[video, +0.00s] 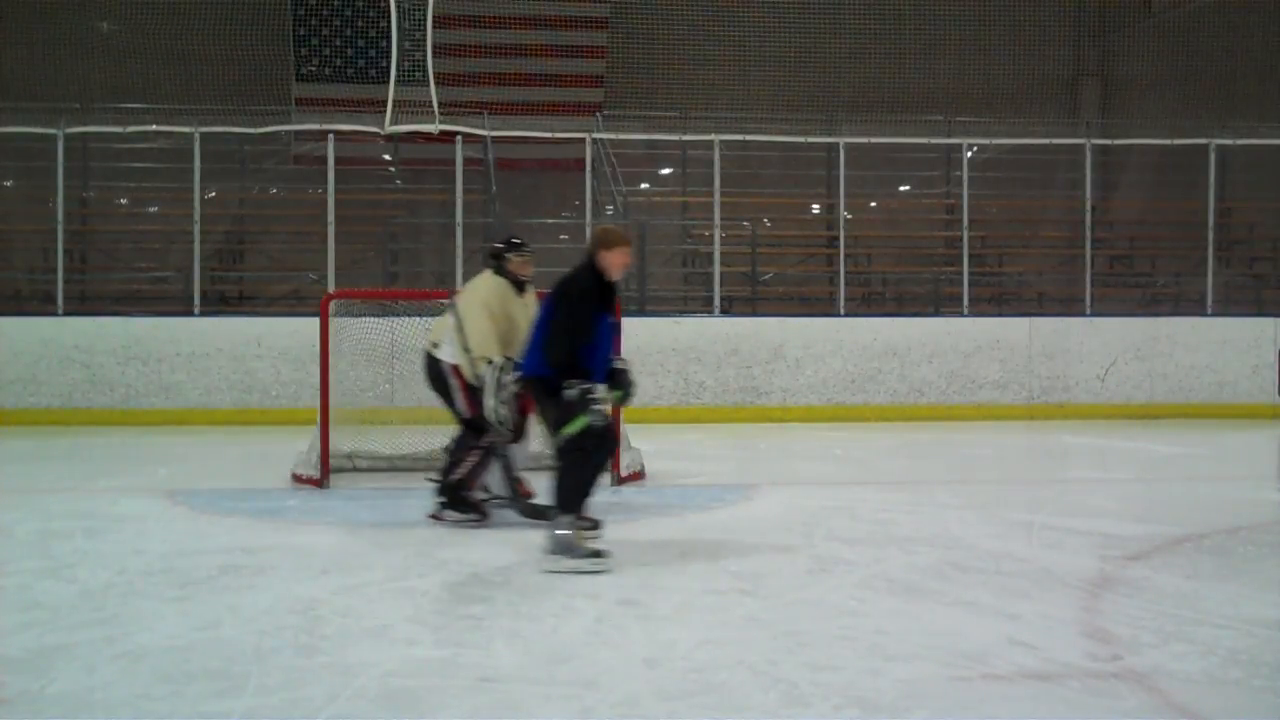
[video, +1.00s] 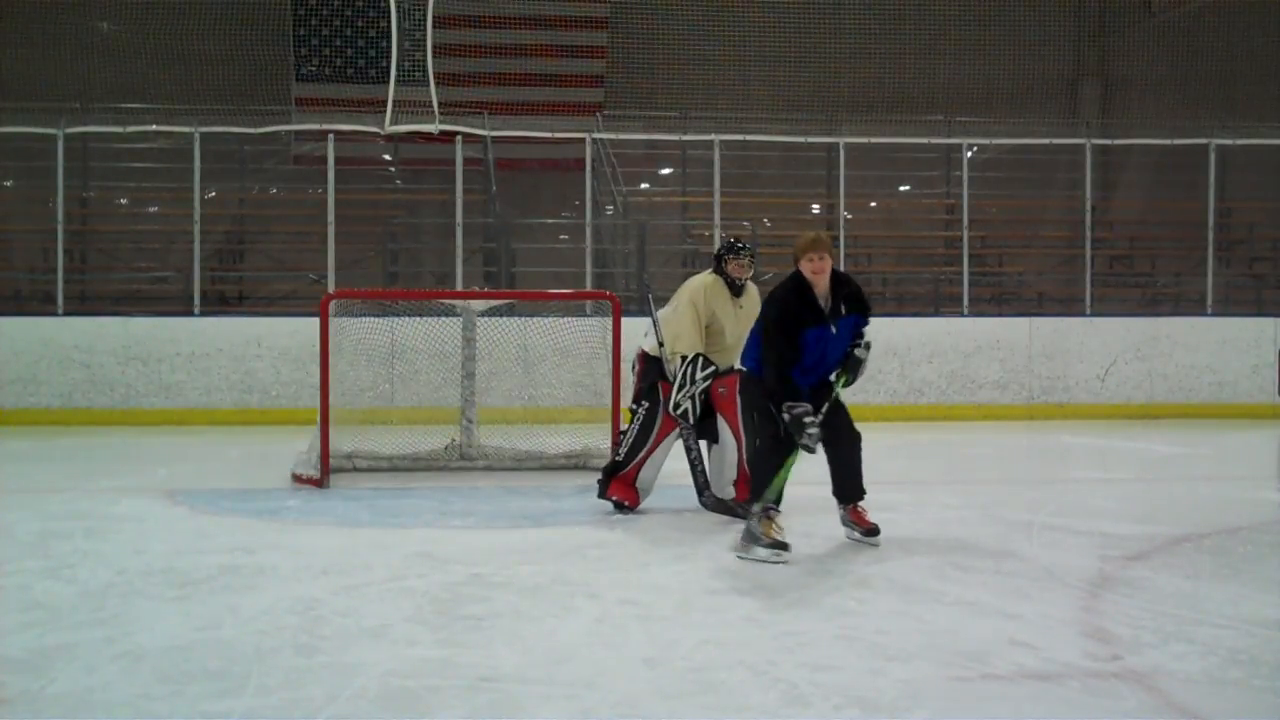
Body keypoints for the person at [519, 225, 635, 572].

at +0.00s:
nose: (625, 263)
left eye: (628, 256)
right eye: (620, 255)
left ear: (620, 258)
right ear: (601, 254)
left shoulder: (604, 289)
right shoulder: (579, 286)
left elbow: (602, 340)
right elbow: (563, 342)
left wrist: (614, 370)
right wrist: (577, 386)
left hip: (575, 379)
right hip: (548, 377)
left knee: (600, 439)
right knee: (579, 441)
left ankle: (570, 511)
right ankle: (564, 525)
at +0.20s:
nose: (690, 263)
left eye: (690, 256)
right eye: (683, 256)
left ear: (679, 260)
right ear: (665, 259)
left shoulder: (665, 289)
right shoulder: (654, 289)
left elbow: (656, 348)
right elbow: (639, 346)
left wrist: (673, 379)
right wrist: (657, 385)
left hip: (628, 375)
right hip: (611, 375)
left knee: (655, 443)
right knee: (647, 446)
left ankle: (642, 508)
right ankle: (648, 525)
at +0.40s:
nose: (757, 277)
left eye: (757, 270)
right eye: (751, 270)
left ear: (741, 273)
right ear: (732, 272)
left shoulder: (733, 304)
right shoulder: (714, 302)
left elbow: (723, 362)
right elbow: (702, 363)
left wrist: (727, 403)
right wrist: (720, 411)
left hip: (686, 377)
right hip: (661, 377)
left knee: (720, 440)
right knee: (708, 445)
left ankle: (715, 511)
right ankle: (708, 520)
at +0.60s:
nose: (804, 285)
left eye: (805, 278)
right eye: (796, 279)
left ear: (805, 281)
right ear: (777, 280)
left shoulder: (781, 310)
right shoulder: (759, 310)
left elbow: (774, 364)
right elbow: (755, 379)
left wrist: (779, 380)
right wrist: (782, 425)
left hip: (737, 380)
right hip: (708, 381)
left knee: (776, 440)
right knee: (756, 448)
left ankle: (774, 508)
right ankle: (736, 524)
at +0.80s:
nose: (825, 281)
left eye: (829, 275)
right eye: (817, 275)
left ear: (833, 278)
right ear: (800, 278)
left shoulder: (821, 309)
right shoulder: (783, 309)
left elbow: (813, 348)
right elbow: (780, 377)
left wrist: (819, 371)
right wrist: (807, 424)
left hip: (784, 382)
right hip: (746, 382)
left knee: (816, 439)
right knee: (786, 452)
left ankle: (829, 511)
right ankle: (756, 524)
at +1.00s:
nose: (818, 265)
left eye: (823, 258)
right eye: (810, 260)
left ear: (832, 260)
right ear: (798, 264)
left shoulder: (845, 289)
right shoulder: (783, 299)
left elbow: (858, 325)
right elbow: (776, 362)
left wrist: (856, 356)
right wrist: (793, 408)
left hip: (812, 380)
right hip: (765, 382)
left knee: (845, 436)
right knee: (773, 444)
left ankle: (851, 509)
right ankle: (760, 522)